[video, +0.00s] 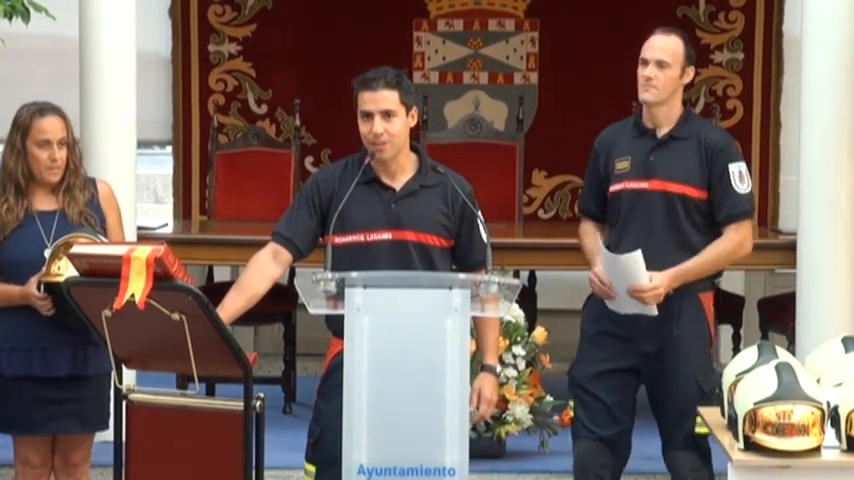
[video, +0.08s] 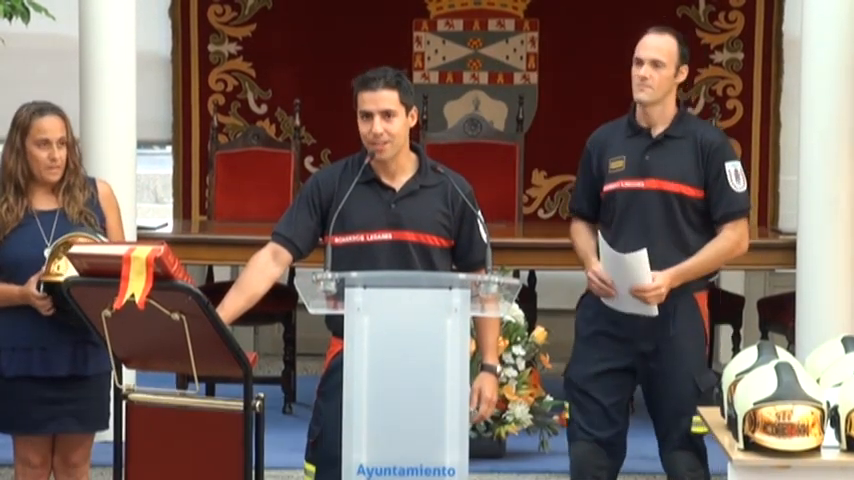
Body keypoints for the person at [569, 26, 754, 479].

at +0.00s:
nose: (648, 72)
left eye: (661, 66)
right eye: (644, 63)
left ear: (686, 76)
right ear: (636, 69)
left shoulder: (715, 145)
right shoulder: (610, 142)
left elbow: (740, 240)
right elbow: (590, 220)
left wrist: (670, 279)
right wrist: (598, 264)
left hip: (680, 319)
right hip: (610, 317)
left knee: (687, 457)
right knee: (593, 455)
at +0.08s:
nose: (643, 72)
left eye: (656, 65)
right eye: (638, 63)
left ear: (680, 75)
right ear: (630, 69)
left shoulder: (711, 145)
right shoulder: (602, 142)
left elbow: (736, 237)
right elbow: (581, 218)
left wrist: (671, 278)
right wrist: (591, 263)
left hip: (675, 321)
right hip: (605, 318)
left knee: (683, 455)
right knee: (590, 453)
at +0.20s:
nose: (635, 71)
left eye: (647, 64)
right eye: (630, 62)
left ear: (670, 73)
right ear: (621, 68)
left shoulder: (701, 143)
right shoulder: (591, 142)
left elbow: (729, 233)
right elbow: (567, 219)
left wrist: (671, 276)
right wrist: (582, 261)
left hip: (668, 319)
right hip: (598, 317)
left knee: (676, 453)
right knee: (589, 452)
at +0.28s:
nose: (629, 71)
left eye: (642, 64)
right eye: (624, 62)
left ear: (665, 72)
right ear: (615, 68)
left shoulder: (696, 143)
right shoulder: (585, 142)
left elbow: (724, 232)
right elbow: (559, 220)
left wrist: (668, 275)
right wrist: (579, 263)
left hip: (664, 320)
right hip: (593, 318)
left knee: (673, 451)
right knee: (588, 451)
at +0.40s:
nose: (623, 71)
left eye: (635, 63)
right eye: (617, 62)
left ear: (657, 72)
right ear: (608, 68)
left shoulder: (689, 142)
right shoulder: (576, 141)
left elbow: (715, 231)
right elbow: (550, 219)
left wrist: (663, 275)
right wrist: (573, 262)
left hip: (659, 318)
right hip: (588, 317)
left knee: (670, 450)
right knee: (587, 450)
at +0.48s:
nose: (619, 71)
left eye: (631, 63)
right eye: (612, 61)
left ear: (653, 72)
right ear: (603, 68)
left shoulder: (683, 142)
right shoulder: (571, 141)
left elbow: (710, 230)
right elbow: (545, 220)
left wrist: (660, 274)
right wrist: (569, 261)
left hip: (656, 317)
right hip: (584, 316)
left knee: (668, 448)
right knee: (586, 448)